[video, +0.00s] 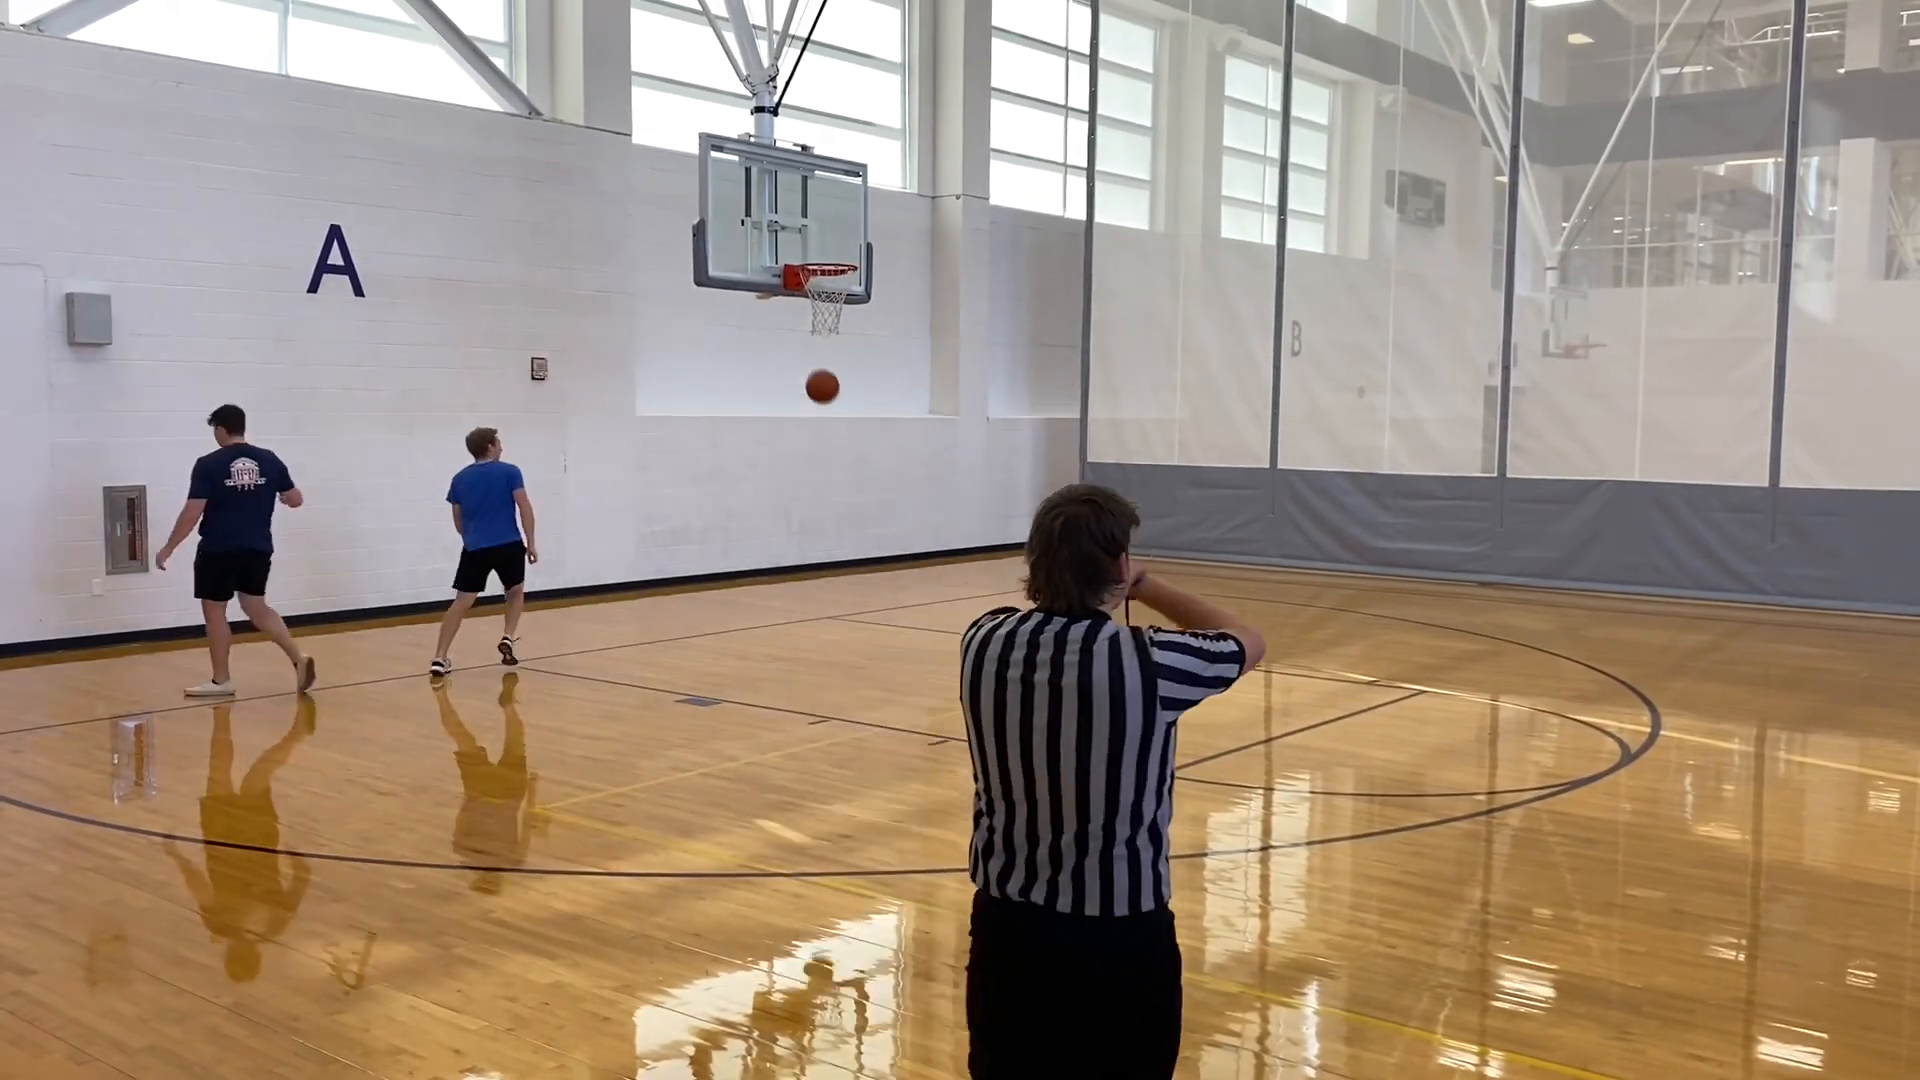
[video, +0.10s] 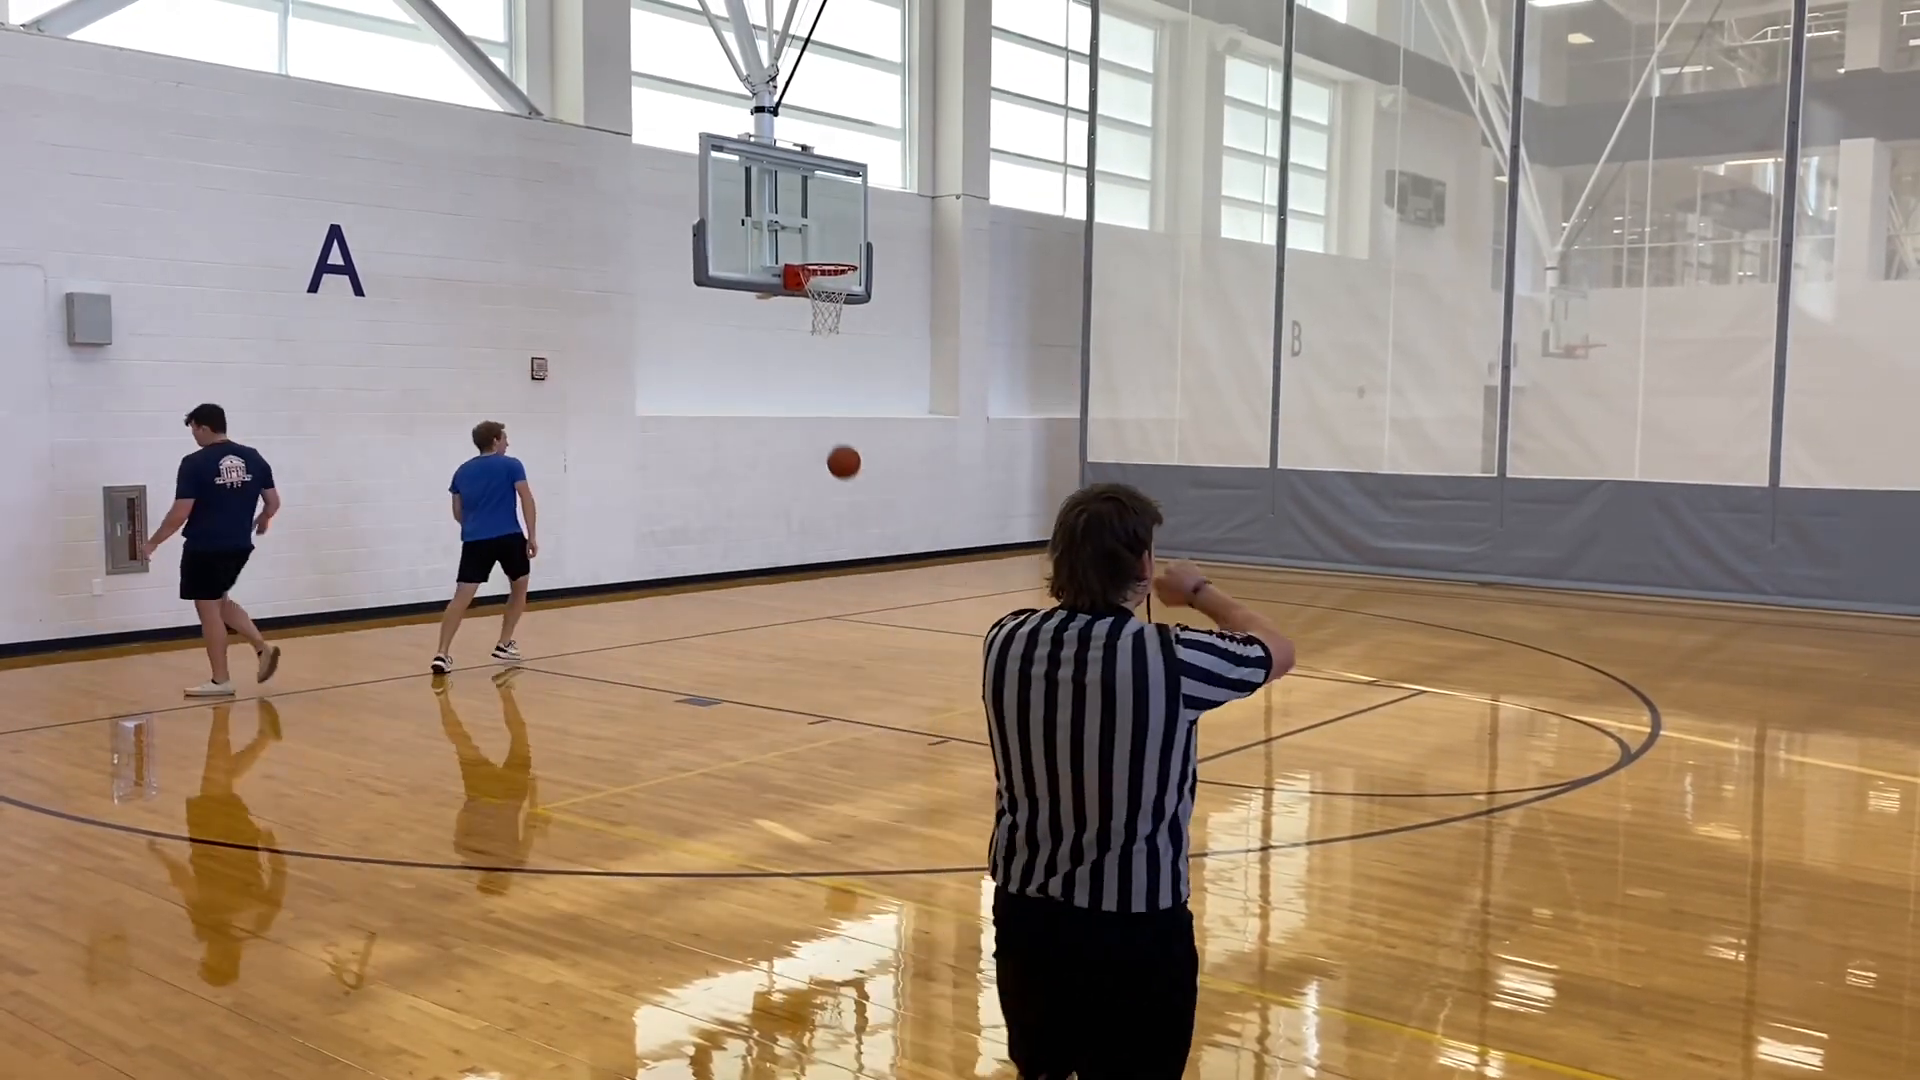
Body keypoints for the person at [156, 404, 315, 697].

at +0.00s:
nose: (215, 436)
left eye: (214, 431)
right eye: (214, 432)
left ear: (221, 430)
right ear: (243, 429)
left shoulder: (208, 464)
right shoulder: (268, 459)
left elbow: (192, 513)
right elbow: (295, 499)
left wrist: (168, 547)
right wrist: (272, 485)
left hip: (217, 552)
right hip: (257, 550)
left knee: (215, 614)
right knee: (255, 605)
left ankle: (221, 680)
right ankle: (298, 659)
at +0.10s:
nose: (193, 435)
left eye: (194, 429)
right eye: (193, 430)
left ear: (203, 428)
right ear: (222, 427)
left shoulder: (194, 463)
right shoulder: (251, 457)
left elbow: (181, 514)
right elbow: (273, 501)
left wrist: (152, 543)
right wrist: (265, 518)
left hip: (205, 548)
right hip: (239, 546)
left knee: (209, 611)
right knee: (220, 601)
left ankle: (221, 680)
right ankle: (263, 647)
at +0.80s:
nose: (88, 429)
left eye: (93, 423)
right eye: (84, 424)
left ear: (110, 422)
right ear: (83, 427)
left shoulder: (124, 458)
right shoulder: (96, 455)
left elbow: (134, 509)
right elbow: (89, 502)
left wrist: (124, 552)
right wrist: (70, 533)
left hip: (111, 548)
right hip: (100, 545)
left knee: (82, 604)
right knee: (116, 609)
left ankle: (113, 674)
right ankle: (125, 680)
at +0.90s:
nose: (76, 431)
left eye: (81, 424)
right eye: (73, 426)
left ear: (98, 423)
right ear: (72, 428)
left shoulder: (116, 460)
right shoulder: (79, 456)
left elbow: (130, 510)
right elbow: (68, 500)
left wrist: (125, 554)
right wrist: (43, 535)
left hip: (101, 551)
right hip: (84, 549)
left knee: (79, 614)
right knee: (109, 610)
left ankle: (70, 689)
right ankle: (125, 678)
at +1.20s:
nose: (55, 433)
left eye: (61, 427)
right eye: (50, 427)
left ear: (74, 426)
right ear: (45, 429)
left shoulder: (88, 464)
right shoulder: (40, 458)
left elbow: (99, 516)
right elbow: (33, 506)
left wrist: (88, 561)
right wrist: (27, 544)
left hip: (71, 553)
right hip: (40, 551)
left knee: (65, 619)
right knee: (26, 610)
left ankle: (59, 691)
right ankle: (85, 657)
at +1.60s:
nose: (18, 431)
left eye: (23, 425)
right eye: (12, 425)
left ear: (31, 427)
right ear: (2, 428)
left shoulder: (50, 464)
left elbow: (65, 513)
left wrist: (38, 548)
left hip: (45, 554)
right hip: (6, 557)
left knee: (43, 620)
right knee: (0, 623)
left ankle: (57, 692)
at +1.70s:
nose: (2, 433)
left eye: (5, 426)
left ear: (14, 426)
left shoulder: (34, 460)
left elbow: (56, 510)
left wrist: (42, 550)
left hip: (31, 556)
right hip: (4, 559)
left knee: (33, 619)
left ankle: (53, 690)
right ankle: (52, 689)